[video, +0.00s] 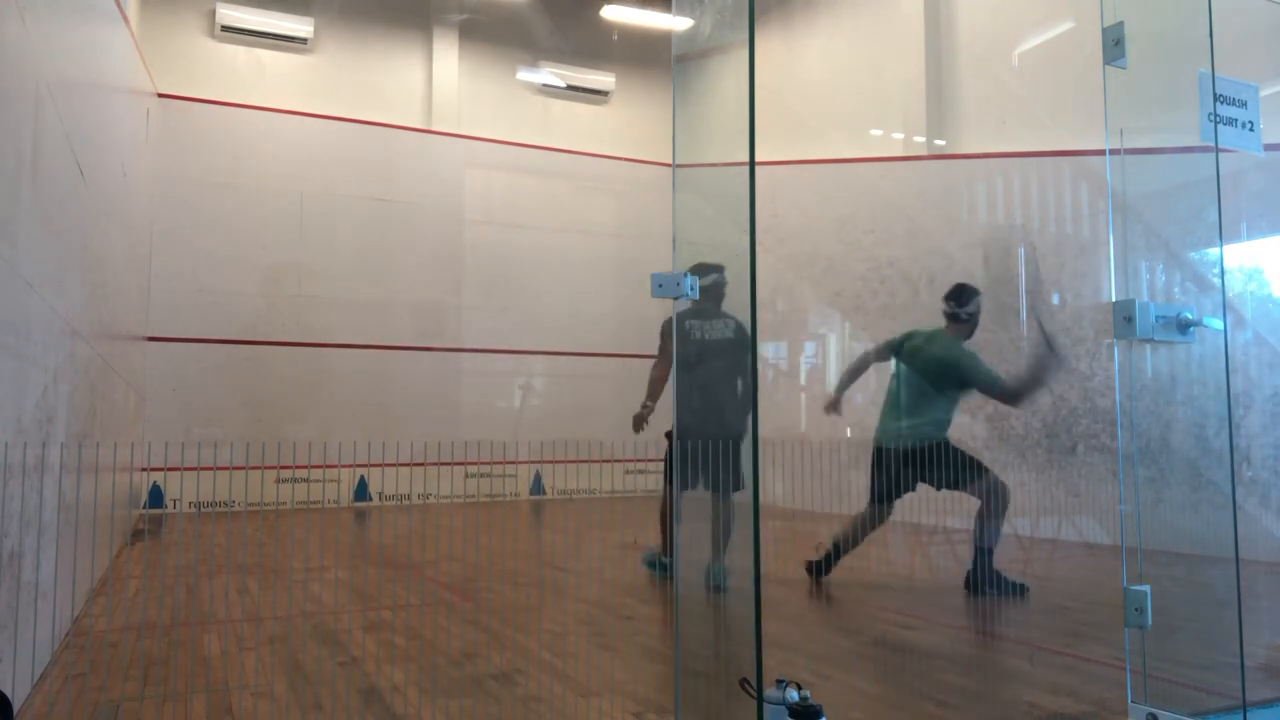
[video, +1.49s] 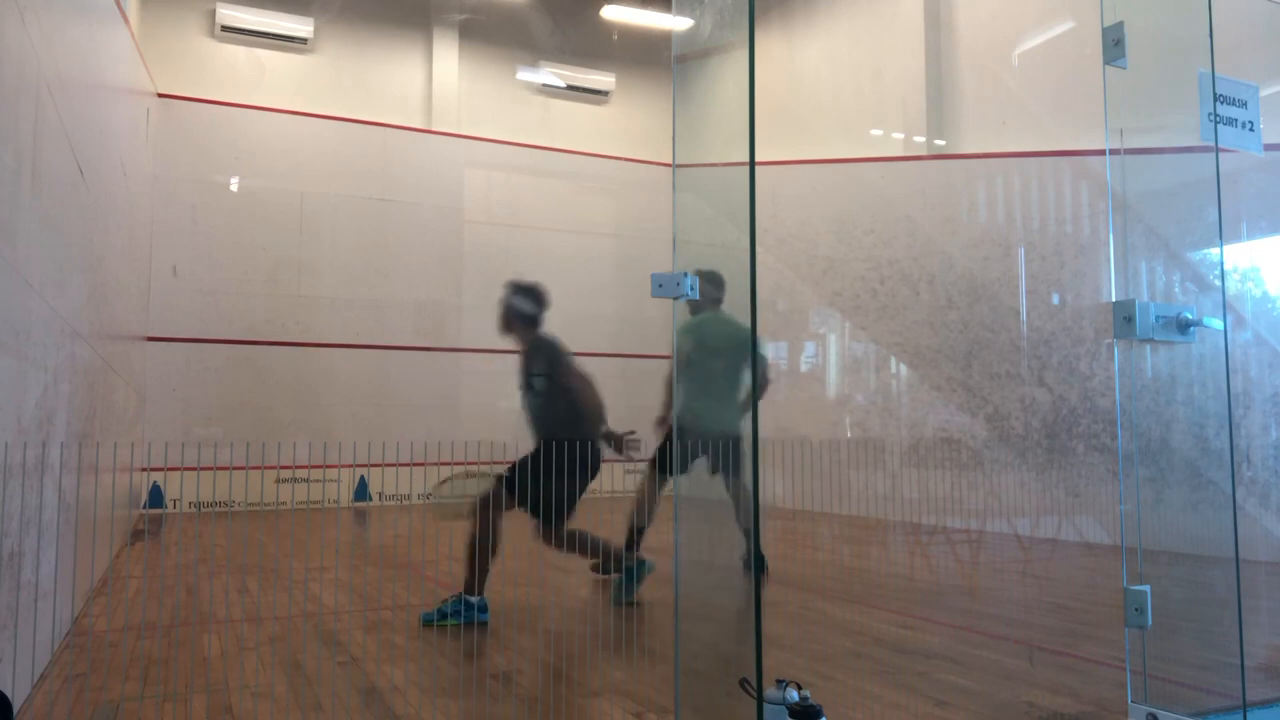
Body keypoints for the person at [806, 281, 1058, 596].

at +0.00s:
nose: (978, 323)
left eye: (976, 316)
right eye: (977, 317)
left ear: (946, 313)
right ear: (973, 319)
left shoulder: (913, 339)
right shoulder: (959, 357)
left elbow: (868, 357)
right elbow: (1012, 396)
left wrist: (837, 394)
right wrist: (1044, 367)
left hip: (889, 448)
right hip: (927, 450)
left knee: (877, 512)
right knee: (996, 494)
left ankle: (823, 562)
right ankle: (982, 573)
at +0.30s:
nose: (927, 294)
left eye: (927, 288)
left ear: (926, 292)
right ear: (957, 297)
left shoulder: (905, 323)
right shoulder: (967, 339)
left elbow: (867, 348)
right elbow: (957, 388)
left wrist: (845, 393)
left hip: (893, 433)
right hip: (940, 434)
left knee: (867, 491)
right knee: (987, 491)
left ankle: (870, 565)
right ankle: (990, 574)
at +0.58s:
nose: (841, 283)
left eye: (845, 277)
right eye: (844, 276)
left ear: (852, 280)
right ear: (878, 284)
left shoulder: (843, 315)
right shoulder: (897, 324)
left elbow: (826, 360)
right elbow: (908, 383)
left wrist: (815, 398)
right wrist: (912, 427)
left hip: (855, 423)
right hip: (893, 424)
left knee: (863, 501)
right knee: (894, 496)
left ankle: (887, 570)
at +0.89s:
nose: (779, 293)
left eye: (785, 286)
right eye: (781, 286)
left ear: (803, 292)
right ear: (811, 295)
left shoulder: (785, 329)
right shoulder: (835, 332)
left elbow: (764, 374)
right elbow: (859, 381)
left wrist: (751, 407)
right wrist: (877, 424)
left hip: (801, 429)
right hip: (828, 430)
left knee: (830, 501)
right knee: (790, 483)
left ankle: (880, 561)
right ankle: (769, 552)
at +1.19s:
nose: (725, 296)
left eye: (730, 290)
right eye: (727, 290)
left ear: (744, 294)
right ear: (758, 294)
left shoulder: (734, 328)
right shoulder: (784, 331)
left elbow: (717, 369)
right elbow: (803, 379)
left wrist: (697, 406)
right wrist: (807, 416)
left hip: (742, 428)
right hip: (775, 430)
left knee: (712, 483)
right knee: (755, 485)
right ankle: (762, 553)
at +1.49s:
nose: (687, 300)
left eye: (692, 293)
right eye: (689, 292)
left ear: (703, 296)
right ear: (720, 296)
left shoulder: (687, 330)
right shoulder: (741, 333)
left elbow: (675, 373)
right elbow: (762, 380)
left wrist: (665, 411)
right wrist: (740, 410)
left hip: (688, 426)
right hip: (725, 427)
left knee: (652, 482)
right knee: (738, 487)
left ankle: (628, 552)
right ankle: (755, 554)